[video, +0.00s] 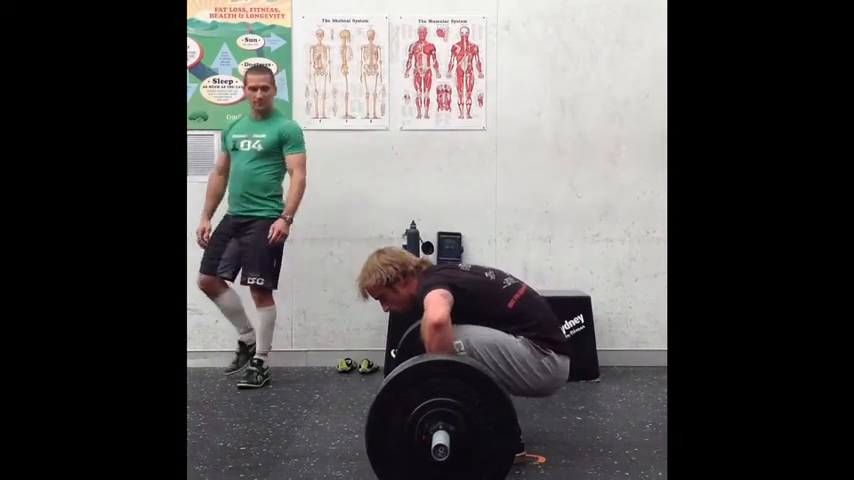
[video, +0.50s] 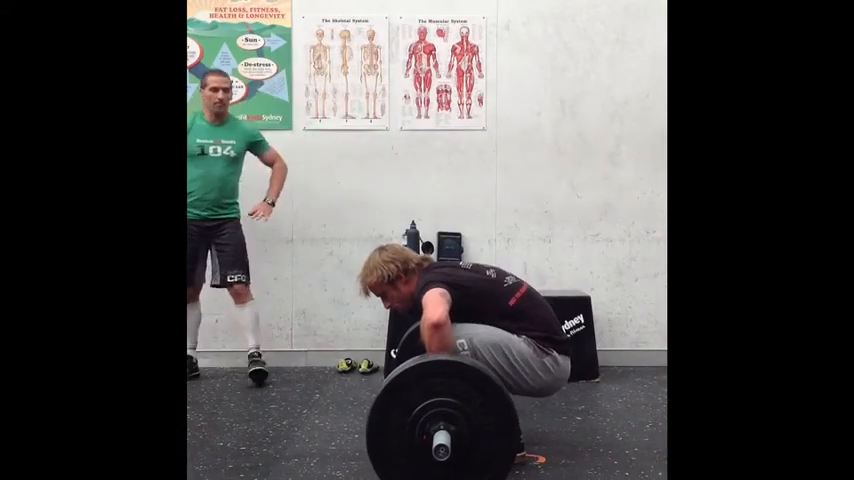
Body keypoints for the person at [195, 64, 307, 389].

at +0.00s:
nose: (258, 94)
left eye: (264, 88)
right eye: (253, 89)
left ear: (274, 90)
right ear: (244, 91)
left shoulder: (287, 129)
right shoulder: (234, 128)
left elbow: (298, 176)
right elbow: (220, 173)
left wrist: (287, 217)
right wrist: (206, 216)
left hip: (266, 220)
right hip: (233, 219)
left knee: (260, 289)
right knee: (209, 282)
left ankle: (261, 363)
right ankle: (248, 339)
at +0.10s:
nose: (253, 94)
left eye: (259, 88)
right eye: (247, 88)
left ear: (268, 91)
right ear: (238, 91)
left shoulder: (281, 129)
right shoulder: (223, 129)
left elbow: (297, 175)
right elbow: (209, 173)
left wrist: (287, 214)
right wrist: (199, 217)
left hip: (261, 221)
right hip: (225, 220)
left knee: (259, 290)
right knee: (205, 284)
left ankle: (259, 363)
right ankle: (221, 349)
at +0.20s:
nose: (246, 94)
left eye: (252, 89)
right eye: (240, 89)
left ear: (259, 92)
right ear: (230, 92)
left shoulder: (273, 130)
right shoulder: (212, 129)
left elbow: (294, 172)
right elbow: (196, 172)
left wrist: (289, 211)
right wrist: (192, 218)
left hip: (254, 221)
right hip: (216, 221)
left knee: (255, 290)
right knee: (202, 292)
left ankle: (259, 364)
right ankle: (192, 357)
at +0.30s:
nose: (236, 95)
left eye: (242, 90)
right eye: (230, 90)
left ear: (249, 94)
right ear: (220, 93)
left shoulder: (263, 132)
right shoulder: (201, 129)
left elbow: (291, 172)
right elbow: (186, 167)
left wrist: (286, 207)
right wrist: (187, 218)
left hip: (244, 222)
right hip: (205, 222)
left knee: (250, 291)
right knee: (194, 293)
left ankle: (259, 363)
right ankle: (190, 358)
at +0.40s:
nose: (227, 96)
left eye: (232, 91)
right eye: (221, 90)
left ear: (239, 95)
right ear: (209, 94)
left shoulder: (253, 132)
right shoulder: (193, 128)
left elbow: (285, 169)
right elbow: (187, 167)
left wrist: (279, 204)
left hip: (233, 221)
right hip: (196, 220)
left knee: (243, 290)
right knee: (192, 292)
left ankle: (257, 361)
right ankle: (190, 358)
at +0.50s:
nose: (220, 95)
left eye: (225, 90)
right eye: (214, 90)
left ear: (232, 94)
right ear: (202, 93)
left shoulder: (244, 131)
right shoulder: (189, 127)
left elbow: (279, 164)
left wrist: (270, 201)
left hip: (227, 219)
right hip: (191, 220)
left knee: (239, 287)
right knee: (190, 291)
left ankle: (255, 354)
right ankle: (189, 357)